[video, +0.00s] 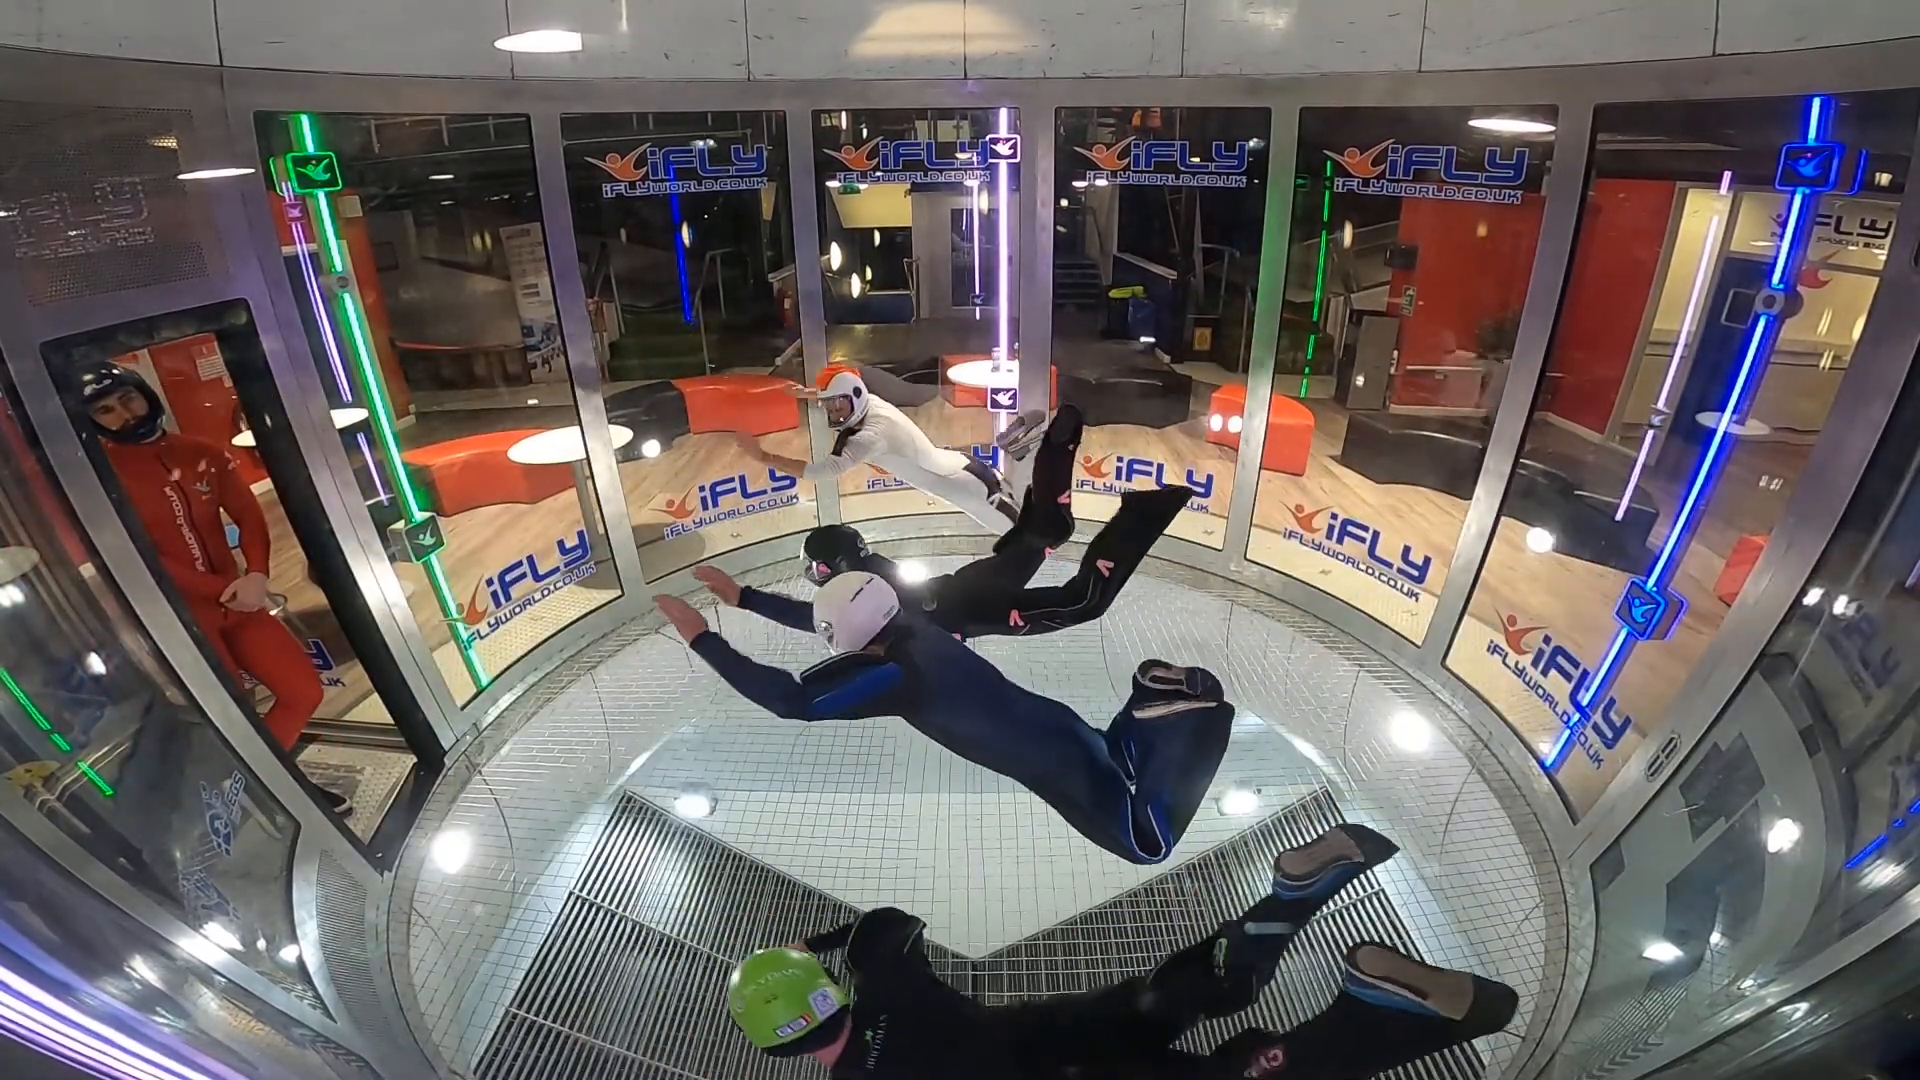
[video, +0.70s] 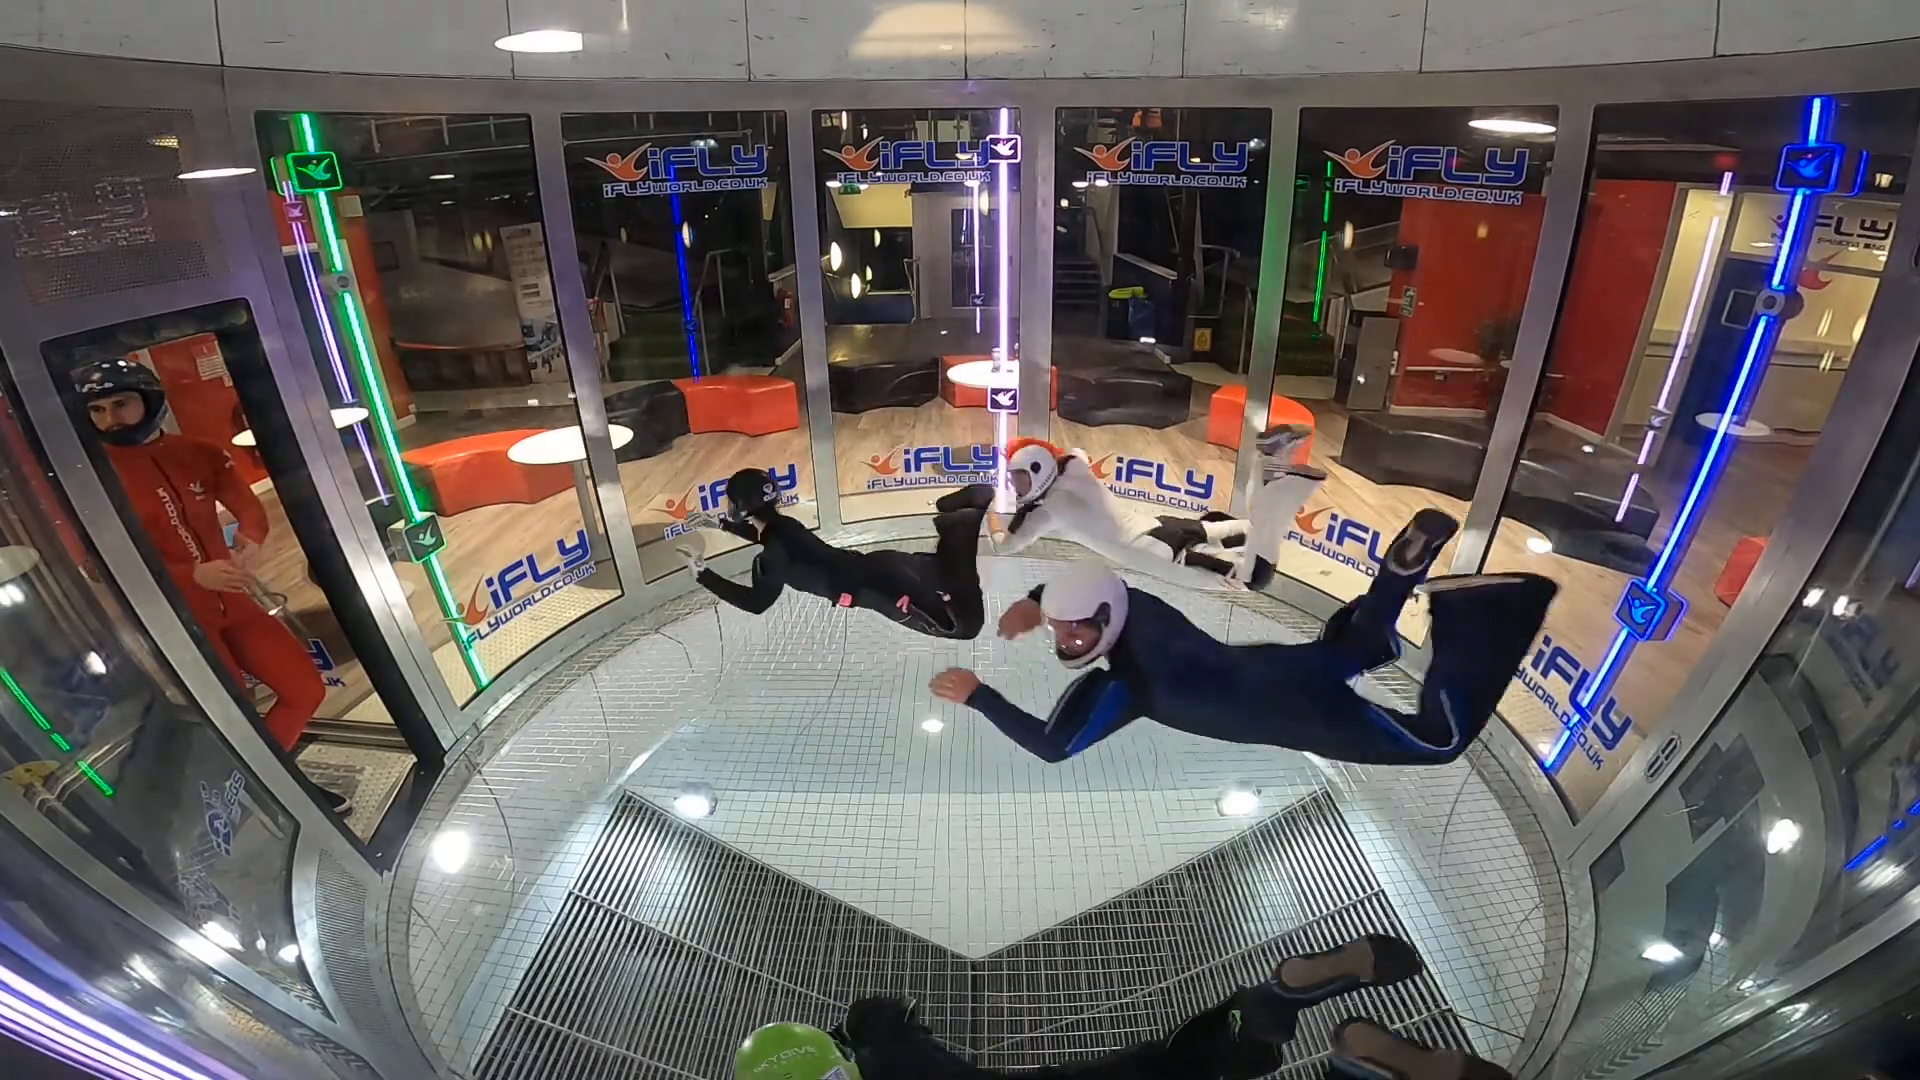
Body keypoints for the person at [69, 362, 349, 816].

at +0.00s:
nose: (126, 415)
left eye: (127, 398)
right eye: (106, 412)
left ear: (145, 394)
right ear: (91, 425)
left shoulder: (201, 454)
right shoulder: (100, 480)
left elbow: (250, 516)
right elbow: (137, 566)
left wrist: (256, 574)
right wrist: (224, 590)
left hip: (237, 603)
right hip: (184, 621)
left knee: (304, 691)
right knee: (237, 716)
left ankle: (245, 782)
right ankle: (294, 791)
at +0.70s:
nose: (112, 420)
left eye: (122, 404)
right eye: (98, 410)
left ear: (146, 402)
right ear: (85, 415)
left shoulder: (192, 455)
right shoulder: (93, 476)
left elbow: (252, 511)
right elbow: (111, 566)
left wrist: (250, 543)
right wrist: (192, 573)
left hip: (234, 603)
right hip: (181, 621)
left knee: (306, 689)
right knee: (238, 712)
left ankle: (242, 783)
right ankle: (292, 791)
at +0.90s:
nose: (119, 424)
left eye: (131, 409)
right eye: (105, 412)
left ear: (155, 408)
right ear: (91, 416)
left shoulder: (190, 454)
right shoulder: (91, 475)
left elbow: (246, 503)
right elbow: (99, 558)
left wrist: (201, 500)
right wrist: (167, 531)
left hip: (231, 607)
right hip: (181, 628)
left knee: (305, 688)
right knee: (239, 715)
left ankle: (244, 782)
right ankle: (290, 790)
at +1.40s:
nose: (118, 425)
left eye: (132, 412)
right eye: (106, 412)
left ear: (157, 413)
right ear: (91, 415)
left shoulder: (184, 453)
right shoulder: (85, 474)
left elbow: (242, 496)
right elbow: (72, 544)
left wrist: (193, 493)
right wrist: (110, 495)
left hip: (225, 608)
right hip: (173, 631)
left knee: (302, 688)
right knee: (236, 714)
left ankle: (242, 781)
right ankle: (293, 791)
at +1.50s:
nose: (117, 425)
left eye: (132, 412)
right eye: (106, 413)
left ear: (158, 412)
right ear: (92, 414)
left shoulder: (186, 455)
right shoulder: (90, 470)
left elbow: (242, 500)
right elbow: (71, 542)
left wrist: (204, 509)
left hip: (224, 607)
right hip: (172, 630)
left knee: (301, 687)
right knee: (237, 712)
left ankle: (245, 781)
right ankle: (293, 791)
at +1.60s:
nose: (116, 426)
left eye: (130, 413)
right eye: (105, 413)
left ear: (157, 413)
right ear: (92, 415)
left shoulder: (193, 456)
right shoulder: (89, 474)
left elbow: (243, 505)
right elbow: (72, 546)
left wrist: (219, 527)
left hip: (225, 607)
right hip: (169, 629)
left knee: (302, 688)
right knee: (233, 713)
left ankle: (243, 779)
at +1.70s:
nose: (116, 426)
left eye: (129, 413)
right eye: (104, 414)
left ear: (155, 412)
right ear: (90, 414)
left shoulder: (190, 455)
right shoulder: (84, 474)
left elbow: (241, 504)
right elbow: (67, 541)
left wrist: (231, 538)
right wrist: (114, 503)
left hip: (224, 605)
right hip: (168, 627)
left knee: (302, 688)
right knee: (232, 715)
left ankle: (244, 779)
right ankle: (294, 790)